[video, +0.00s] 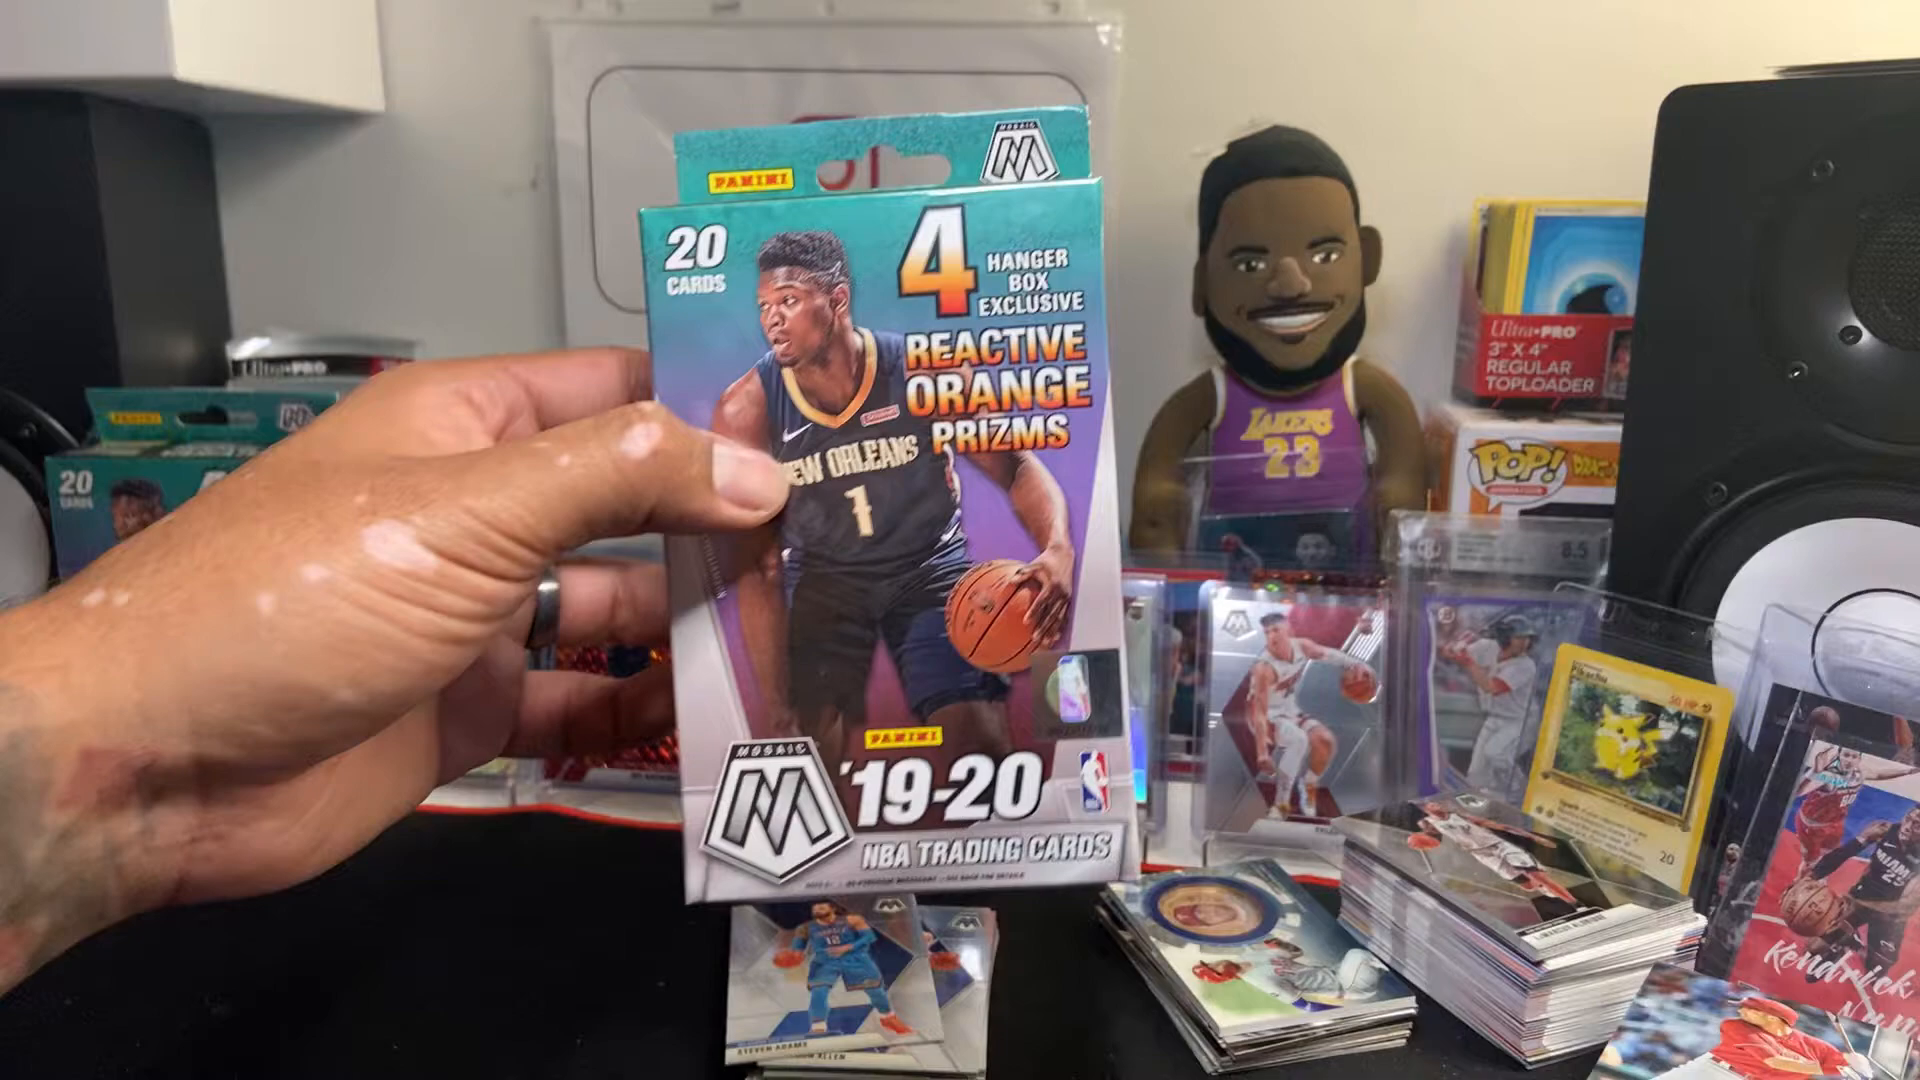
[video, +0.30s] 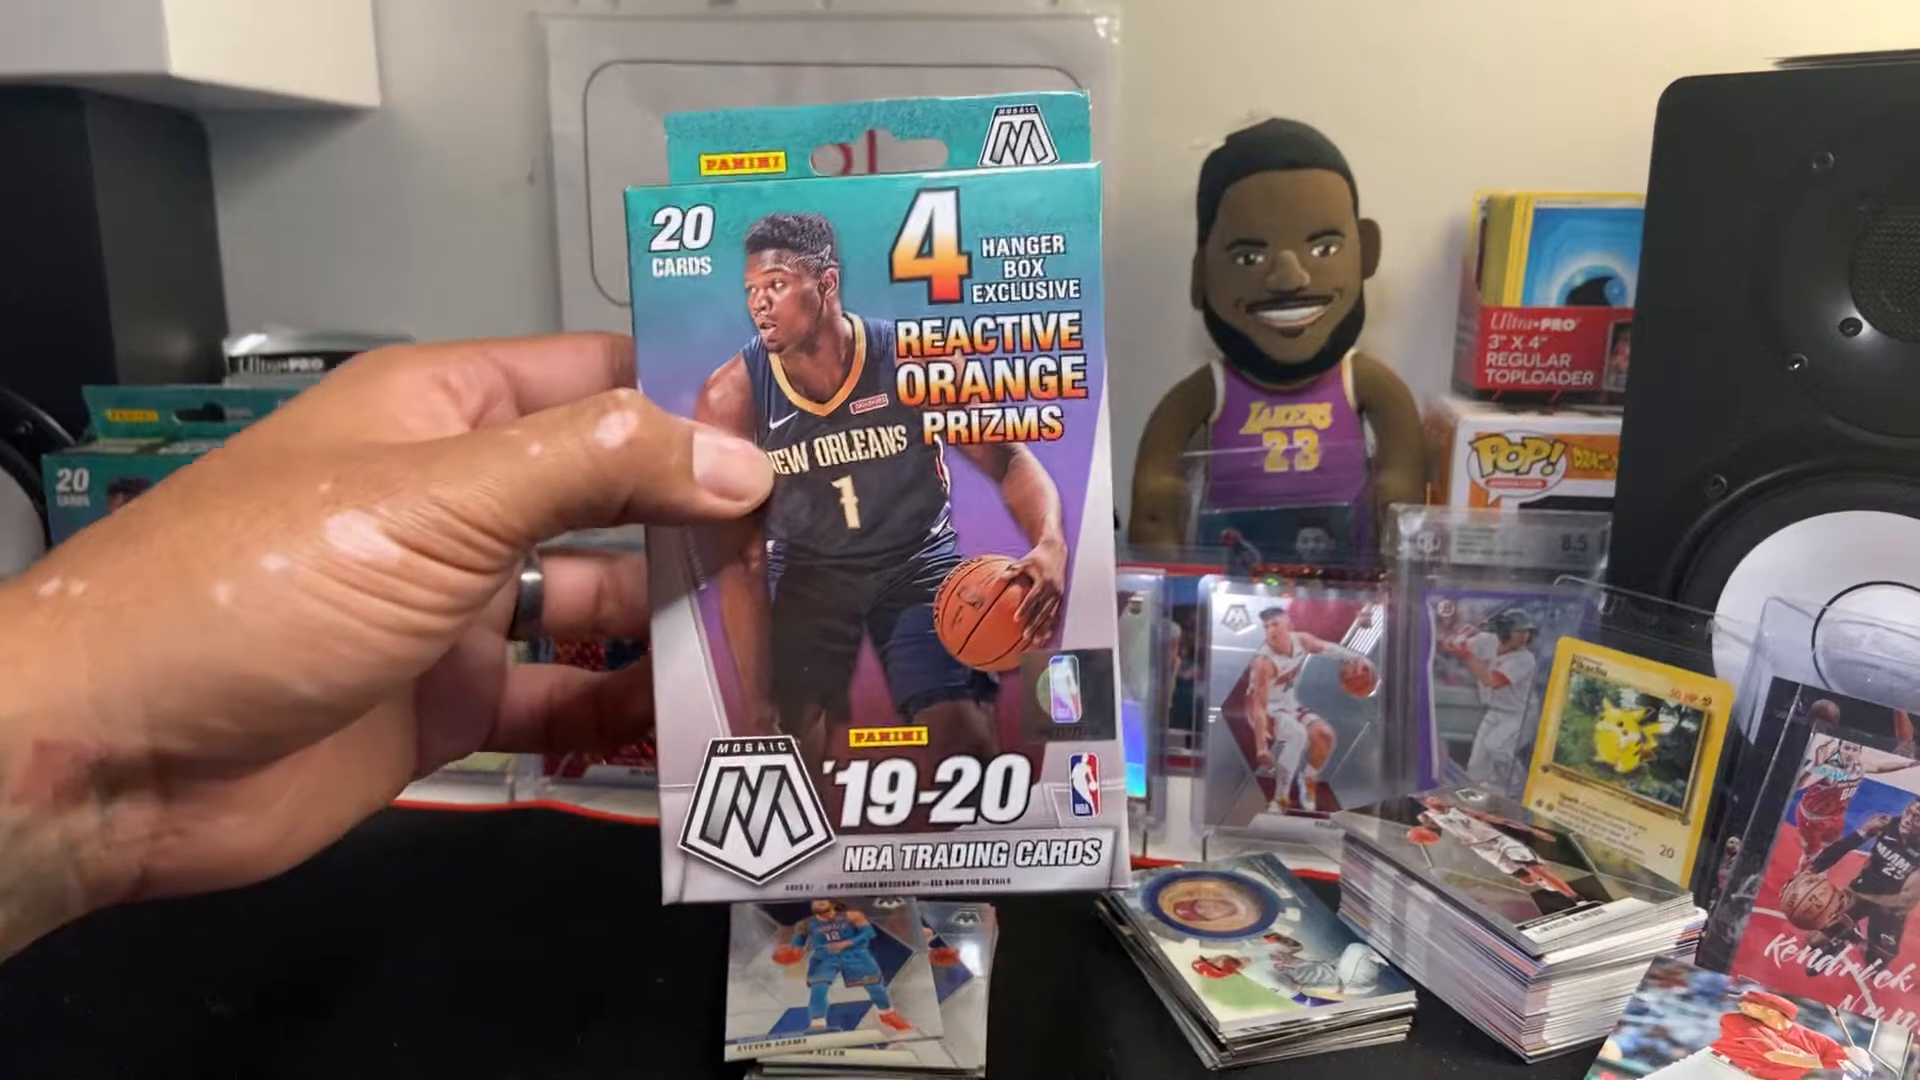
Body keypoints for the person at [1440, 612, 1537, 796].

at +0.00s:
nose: (1526, 643)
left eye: (1528, 639)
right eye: (1521, 638)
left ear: (1529, 641)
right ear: (1508, 639)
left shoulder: (1526, 666)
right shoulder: (1489, 648)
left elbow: (1493, 687)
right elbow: (1454, 653)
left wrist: (1469, 664)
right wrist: (1456, 648)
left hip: (1517, 724)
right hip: (1493, 721)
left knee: (1494, 753)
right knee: (1476, 771)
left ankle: (1519, 792)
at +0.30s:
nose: (1525, 637)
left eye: (1527, 632)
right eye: (1520, 632)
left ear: (1530, 634)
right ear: (1507, 633)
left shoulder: (1525, 659)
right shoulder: (1489, 642)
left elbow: (1493, 681)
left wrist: (1469, 658)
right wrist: (1453, 643)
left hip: (1518, 717)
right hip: (1494, 713)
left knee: (1495, 746)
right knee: (1477, 764)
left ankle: (1521, 787)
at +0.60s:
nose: (1526, 639)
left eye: (1527, 634)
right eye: (1521, 633)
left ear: (1530, 636)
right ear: (1507, 635)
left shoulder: (1526, 661)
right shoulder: (1488, 643)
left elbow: (1494, 683)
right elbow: (1451, 648)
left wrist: (1470, 659)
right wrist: (1457, 642)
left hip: (1519, 719)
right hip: (1494, 715)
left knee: (1495, 748)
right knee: (1477, 767)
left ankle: (1520, 788)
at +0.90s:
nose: (1526, 639)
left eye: (1528, 635)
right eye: (1521, 634)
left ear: (1530, 637)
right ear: (1507, 635)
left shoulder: (1527, 661)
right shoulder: (1489, 644)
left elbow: (1493, 683)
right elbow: (1452, 649)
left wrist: (1470, 660)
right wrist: (1455, 644)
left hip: (1519, 720)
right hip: (1494, 716)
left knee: (1495, 750)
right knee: (1477, 765)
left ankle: (1521, 788)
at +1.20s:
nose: (1527, 641)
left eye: (1528, 636)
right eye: (1522, 636)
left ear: (1530, 639)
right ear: (1509, 637)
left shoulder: (1527, 663)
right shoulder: (1490, 646)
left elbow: (1495, 685)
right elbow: (1451, 650)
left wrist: (1470, 661)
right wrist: (1458, 644)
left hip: (1519, 722)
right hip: (1495, 718)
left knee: (1496, 752)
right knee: (1478, 765)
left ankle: (1522, 789)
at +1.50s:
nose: (1527, 642)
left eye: (1529, 637)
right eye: (1522, 637)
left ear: (1531, 639)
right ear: (1509, 637)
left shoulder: (1527, 664)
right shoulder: (1490, 646)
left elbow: (1495, 685)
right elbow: (1458, 651)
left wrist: (1470, 661)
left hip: (1520, 722)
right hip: (1495, 719)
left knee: (1495, 750)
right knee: (1478, 768)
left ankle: (1520, 789)